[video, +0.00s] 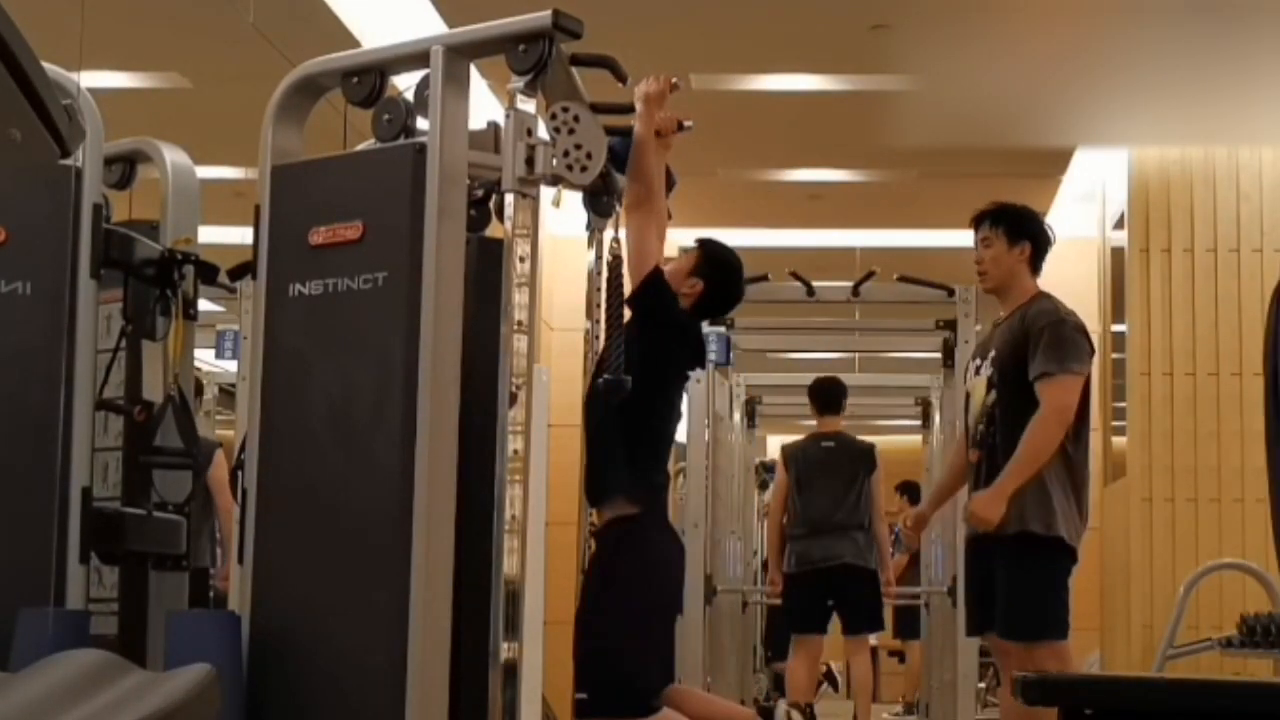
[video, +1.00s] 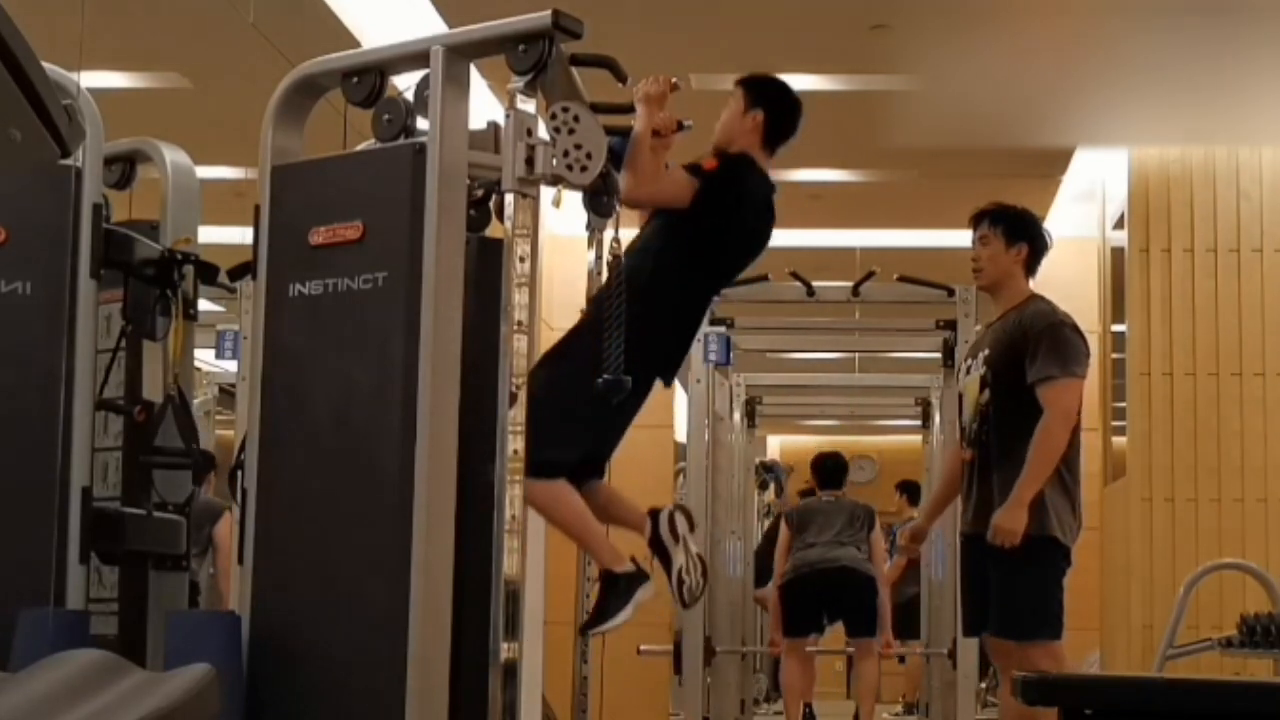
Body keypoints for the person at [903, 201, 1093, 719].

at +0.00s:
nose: (977, 257)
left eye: (988, 246)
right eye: (976, 247)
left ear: (1024, 252)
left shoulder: (1053, 322)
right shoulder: (990, 339)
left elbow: (1059, 412)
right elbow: (974, 440)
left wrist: (1000, 490)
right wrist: (928, 507)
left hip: (1038, 519)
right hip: (995, 518)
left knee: (1046, 662)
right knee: (1008, 656)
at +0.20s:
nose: (978, 258)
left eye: (989, 247)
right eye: (977, 248)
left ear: (1025, 253)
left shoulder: (1052, 322)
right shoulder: (987, 339)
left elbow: (1057, 413)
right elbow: (969, 438)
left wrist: (1000, 492)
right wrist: (927, 506)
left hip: (1037, 519)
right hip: (993, 519)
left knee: (1045, 662)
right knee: (1007, 657)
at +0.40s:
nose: (977, 258)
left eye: (988, 247)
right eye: (976, 248)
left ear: (1024, 253)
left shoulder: (1051, 324)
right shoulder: (984, 342)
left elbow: (1065, 413)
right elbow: (967, 442)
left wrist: (1025, 504)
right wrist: (931, 523)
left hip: (1034, 524)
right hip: (989, 524)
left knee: (1042, 658)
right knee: (1004, 654)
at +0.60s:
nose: (976, 256)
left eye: (987, 245)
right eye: (975, 246)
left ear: (1022, 254)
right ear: (982, 256)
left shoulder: (1051, 325)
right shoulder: (983, 344)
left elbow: (1068, 419)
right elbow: (968, 446)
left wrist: (1044, 510)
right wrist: (938, 529)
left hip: (1030, 525)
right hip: (986, 526)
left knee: (1040, 656)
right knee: (1003, 655)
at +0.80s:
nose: (975, 255)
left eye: (987, 244)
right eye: (974, 245)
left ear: (1022, 253)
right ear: (979, 255)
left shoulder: (1049, 325)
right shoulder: (982, 341)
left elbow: (1066, 418)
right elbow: (969, 446)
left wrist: (1035, 507)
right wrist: (933, 523)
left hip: (1030, 524)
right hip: (987, 524)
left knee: (1039, 654)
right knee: (1003, 653)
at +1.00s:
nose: (974, 255)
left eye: (986, 244)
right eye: (973, 245)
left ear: (1022, 253)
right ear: (976, 254)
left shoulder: (1048, 325)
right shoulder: (981, 342)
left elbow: (1062, 415)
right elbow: (966, 445)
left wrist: (1019, 502)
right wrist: (926, 518)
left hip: (1033, 524)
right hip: (988, 523)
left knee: (1039, 659)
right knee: (1005, 656)